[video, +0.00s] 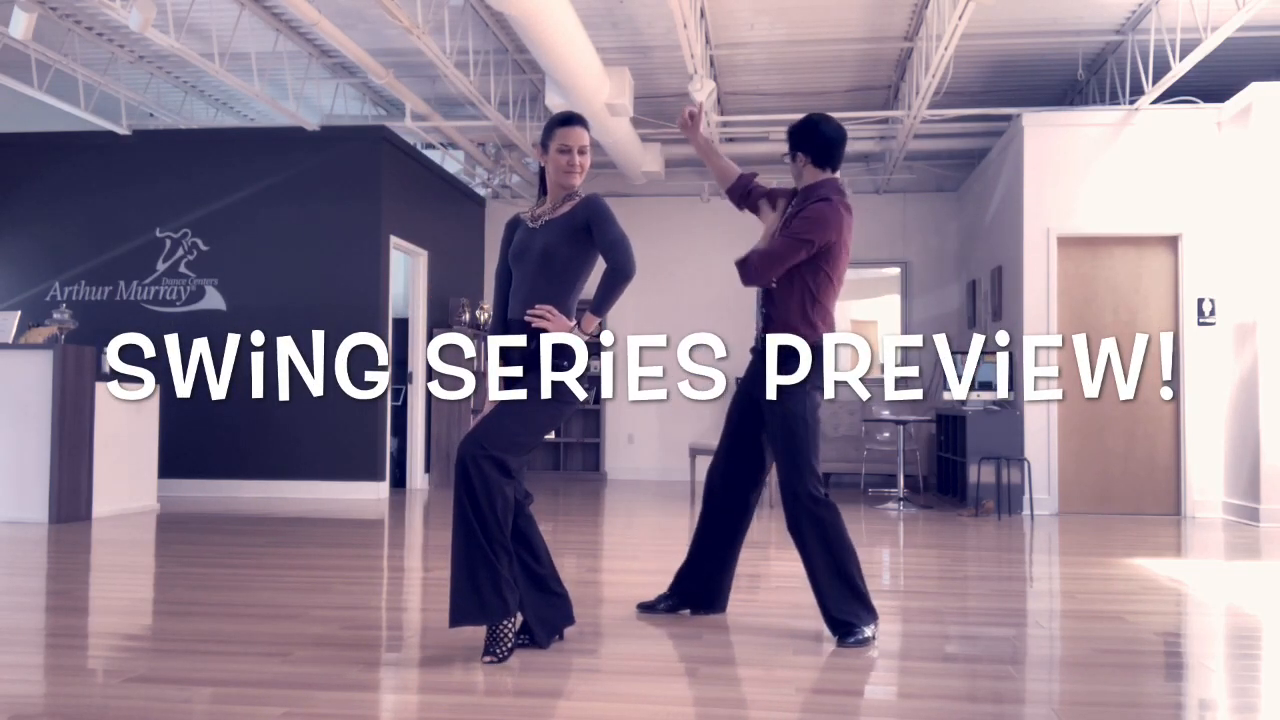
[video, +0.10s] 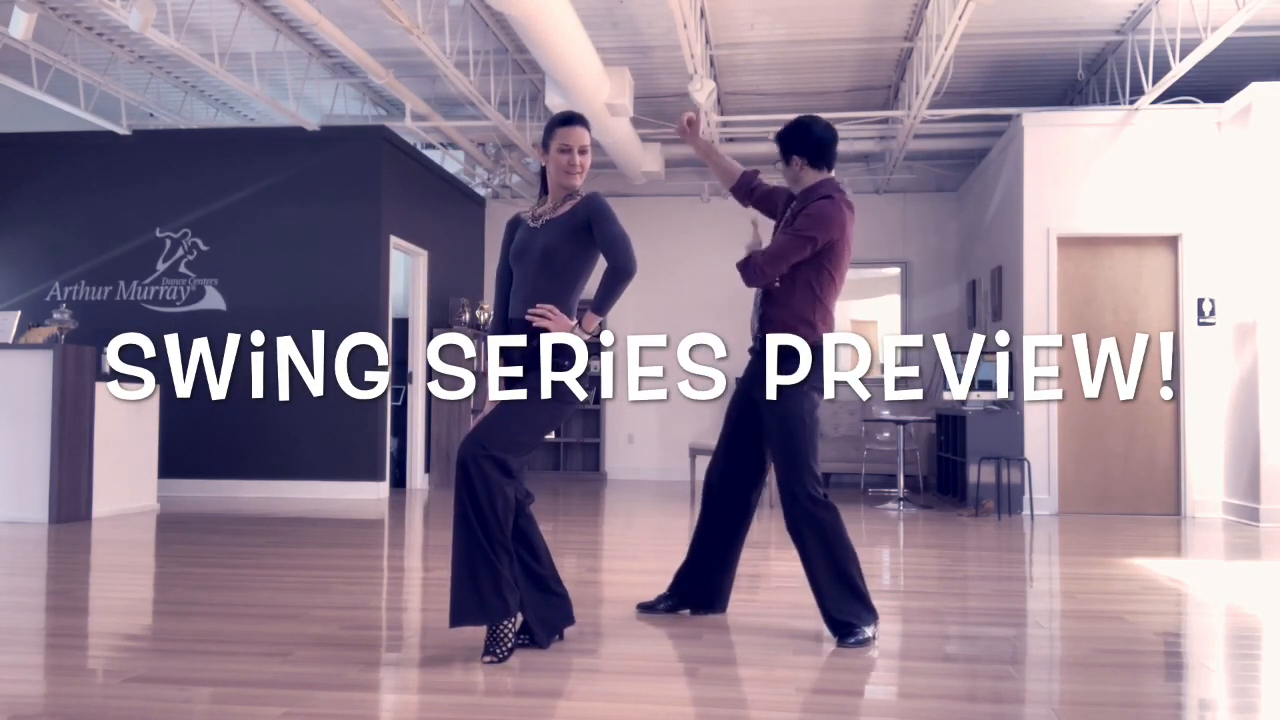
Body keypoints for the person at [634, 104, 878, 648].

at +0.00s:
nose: (786, 160)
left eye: (790, 152)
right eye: (789, 154)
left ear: (802, 155)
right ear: (832, 157)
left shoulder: (825, 209)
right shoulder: (804, 199)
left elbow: (753, 270)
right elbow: (744, 189)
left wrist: (767, 229)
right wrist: (698, 138)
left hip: (795, 361)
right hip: (771, 357)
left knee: (803, 492)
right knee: (731, 478)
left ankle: (854, 618)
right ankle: (698, 591)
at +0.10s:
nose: (782, 168)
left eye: (785, 160)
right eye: (783, 162)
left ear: (800, 159)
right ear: (821, 158)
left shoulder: (827, 208)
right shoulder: (800, 203)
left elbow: (760, 271)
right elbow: (748, 186)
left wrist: (753, 251)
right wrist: (701, 144)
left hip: (794, 361)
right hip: (769, 358)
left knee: (802, 493)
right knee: (730, 479)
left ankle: (854, 619)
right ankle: (698, 592)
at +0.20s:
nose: (766, 184)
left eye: (771, 173)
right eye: (765, 175)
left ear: (799, 167)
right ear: (799, 170)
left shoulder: (828, 211)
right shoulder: (797, 207)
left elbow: (758, 272)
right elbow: (741, 200)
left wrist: (763, 261)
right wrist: (698, 158)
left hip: (793, 363)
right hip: (764, 360)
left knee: (800, 491)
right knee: (726, 478)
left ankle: (854, 618)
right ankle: (698, 591)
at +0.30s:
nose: (778, 183)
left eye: (786, 171)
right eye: (770, 177)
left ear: (809, 164)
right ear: (765, 180)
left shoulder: (830, 215)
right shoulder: (786, 215)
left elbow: (787, 292)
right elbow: (740, 237)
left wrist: (766, 256)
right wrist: (713, 198)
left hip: (793, 365)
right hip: (762, 362)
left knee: (799, 491)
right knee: (722, 477)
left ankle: (854, 618)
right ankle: (696, 592)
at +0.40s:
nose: (789, 165)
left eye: (796, 154)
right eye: (777, 159)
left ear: (812, 158)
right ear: (766, 167)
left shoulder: (828, 212)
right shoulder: (774, 216)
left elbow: (828, 289)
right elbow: (753, 262)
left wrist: (771, 284)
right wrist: (726, 245)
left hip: (795, 359)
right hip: (760, 358)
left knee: (801, 492)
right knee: (723, 477)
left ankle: (855, 618)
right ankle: (696, 590)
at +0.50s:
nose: (790, 156)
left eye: (798, 147)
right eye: (778, 149)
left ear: (811, 153)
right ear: (764, 158)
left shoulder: (823, 208)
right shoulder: (767, 211)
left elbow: (848, 280)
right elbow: (756, 265)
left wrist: (779, 302)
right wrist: (729, 283)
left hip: (795, 356)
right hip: (759, 355)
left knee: (805, 488)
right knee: (725, 475)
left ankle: (855, 617)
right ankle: (696, 591)